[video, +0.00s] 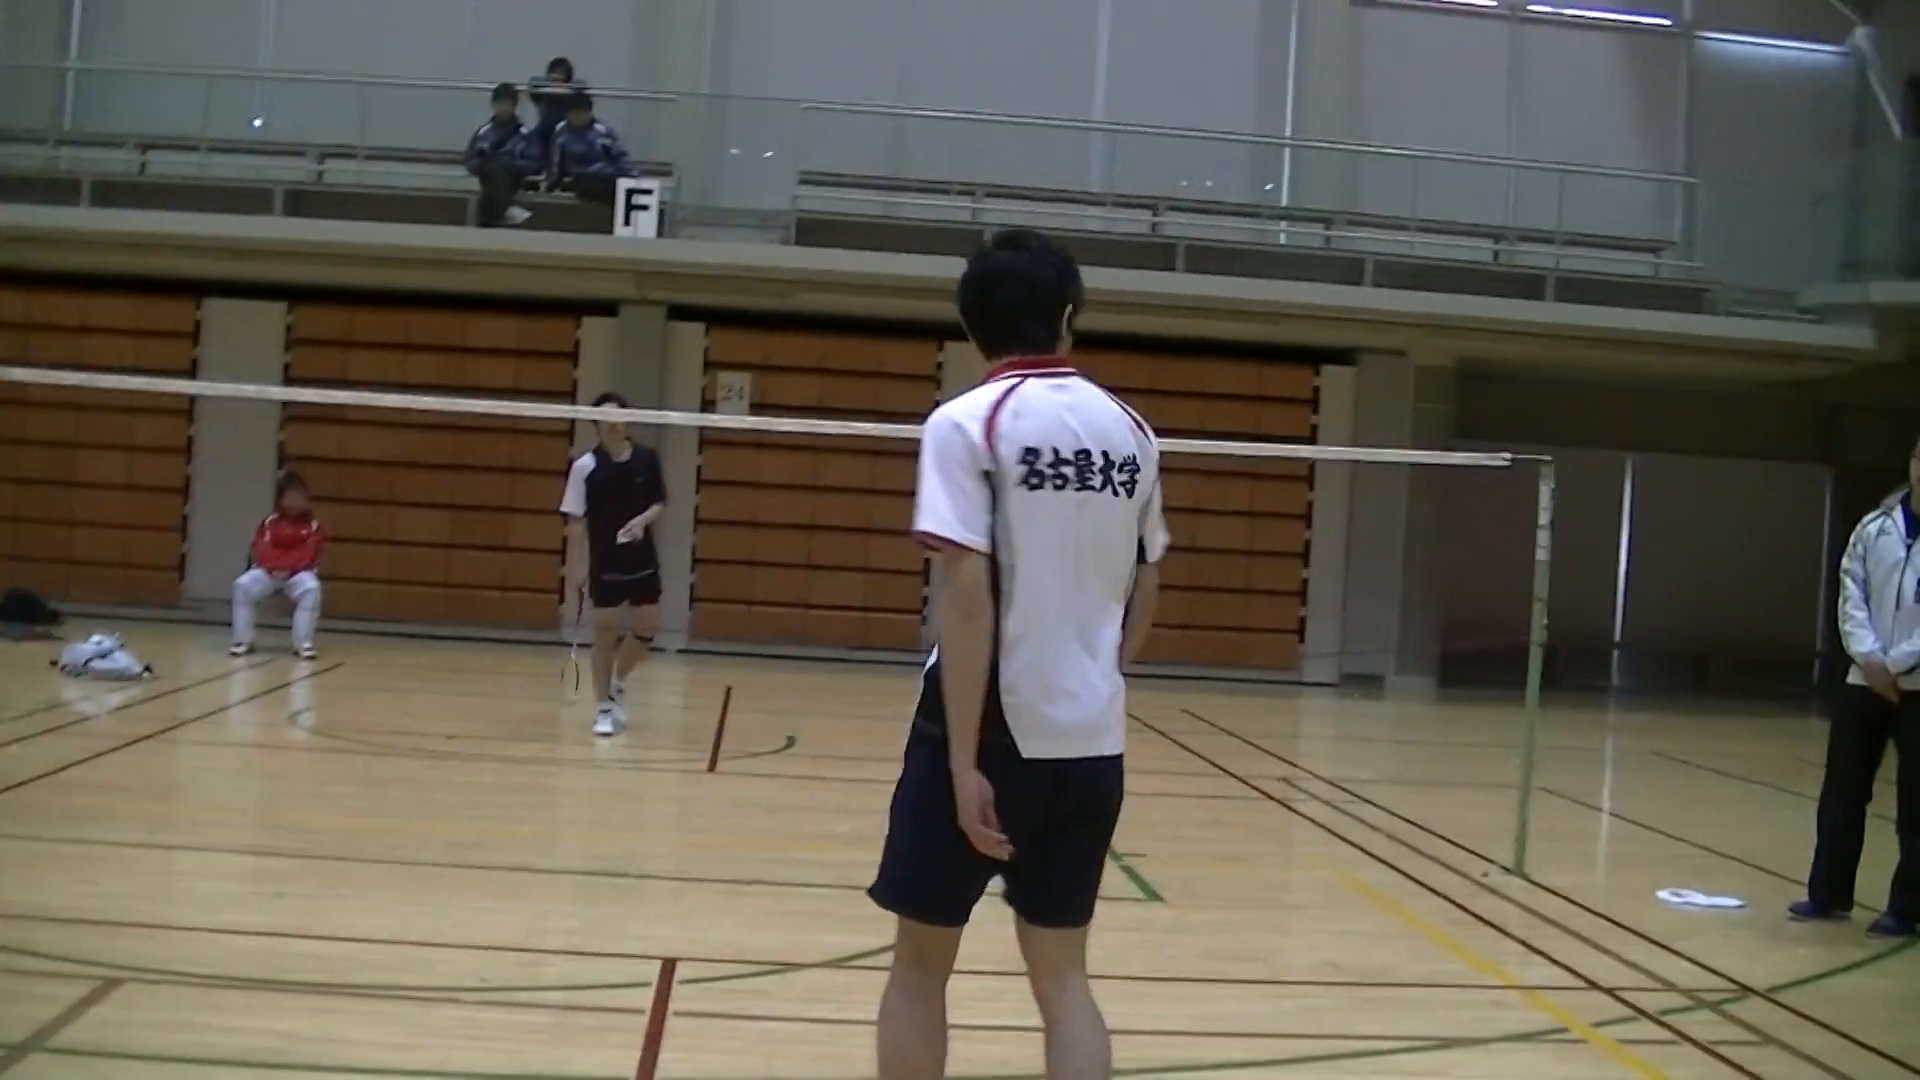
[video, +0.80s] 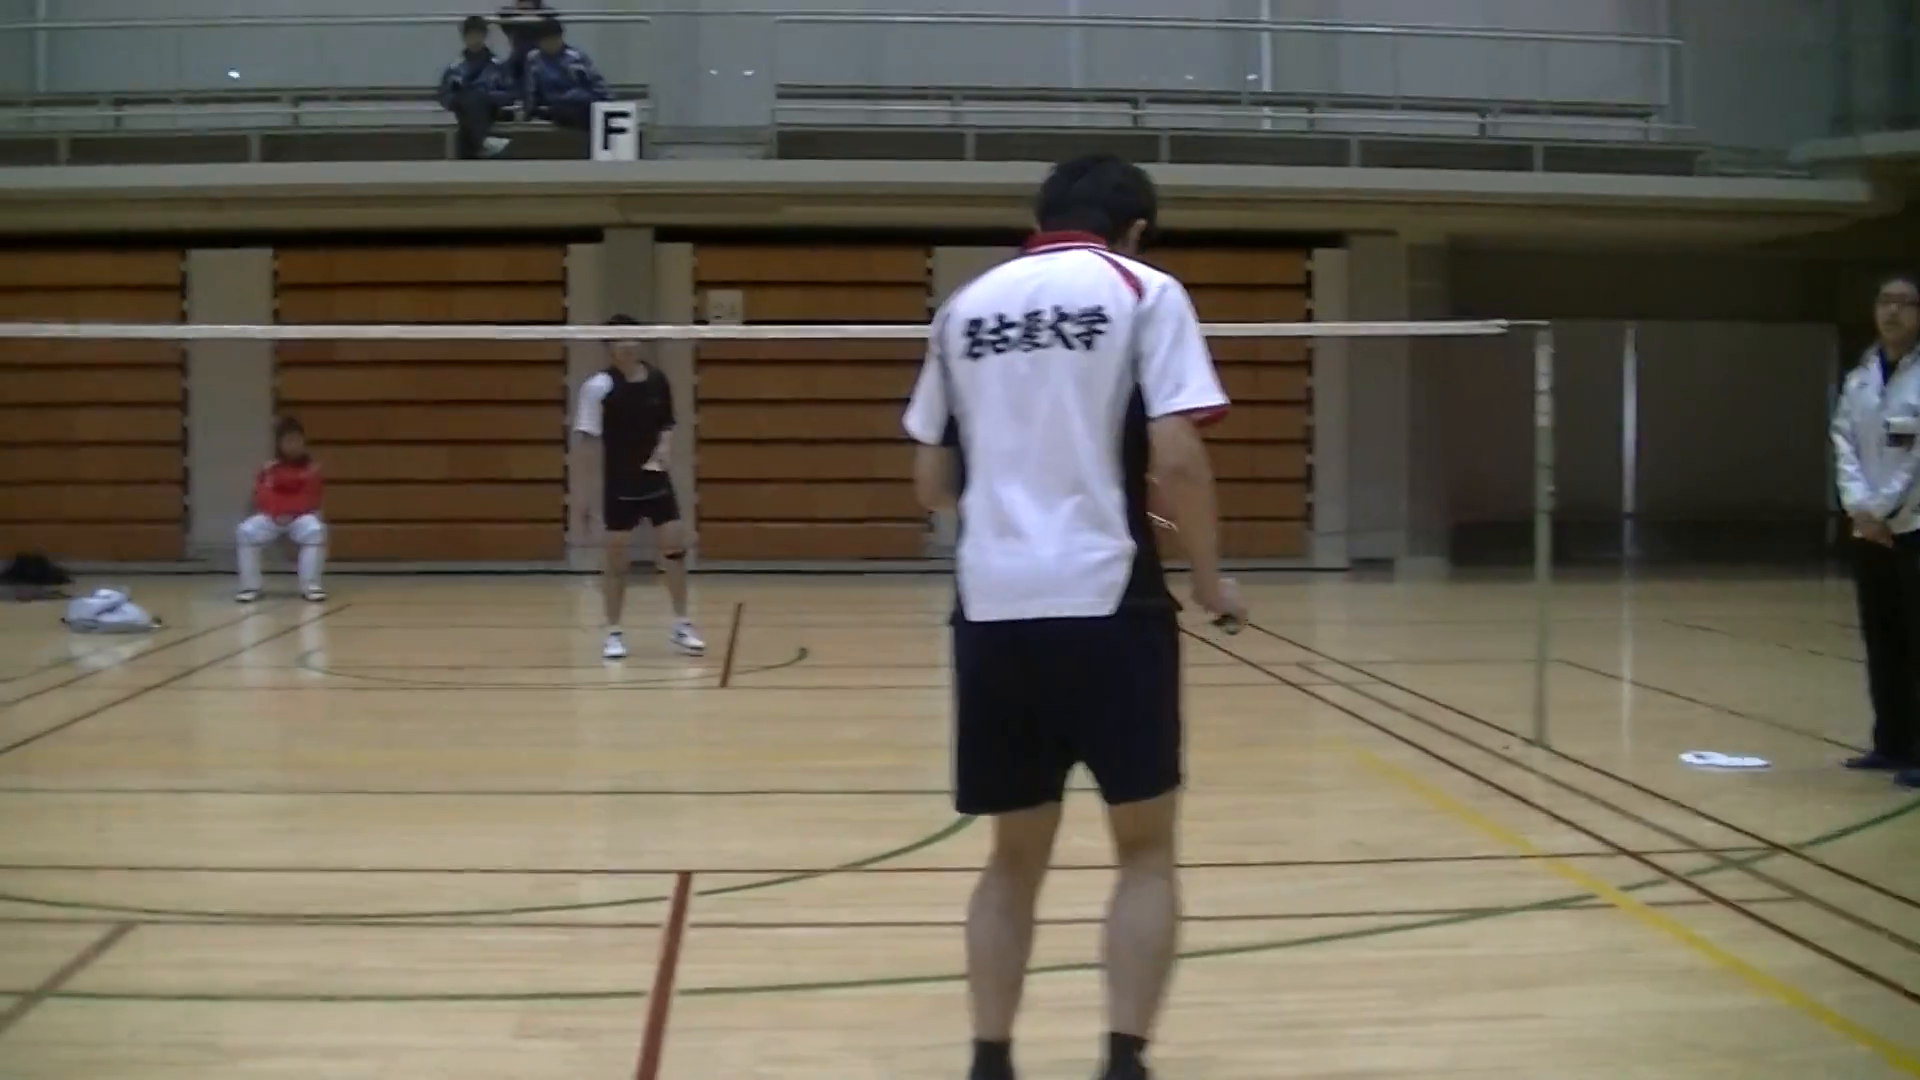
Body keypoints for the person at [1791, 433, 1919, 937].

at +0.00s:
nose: (1919, 469)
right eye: (1917, 460)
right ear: (1909, 467)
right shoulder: (1873, 528)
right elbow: (1850, 598)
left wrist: (1896, 665)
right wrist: (1868, 658)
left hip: (1916, 688)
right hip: (1866, 681)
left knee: (1913, 807)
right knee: (1842, 790)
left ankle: (1906, 909)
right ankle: (1830, 894)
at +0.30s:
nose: (1858, 443)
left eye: (1870, 436)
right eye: (1854, 433)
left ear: (1893, 449)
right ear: (1844, 440)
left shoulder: (1905, 515)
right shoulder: (1813, 499)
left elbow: (1892, 592)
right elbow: (1788, 564)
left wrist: (1830, 638)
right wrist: (1802, 629)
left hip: (1862, 662)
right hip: (1805, 656)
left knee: (1861, 776)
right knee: (1805, 767)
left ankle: (1855, 881)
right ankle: (1807, 865)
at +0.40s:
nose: (1837, 407)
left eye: (1850, 400)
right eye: (1832, 397)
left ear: (1871, 413)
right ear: (1822, 404)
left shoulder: (1884, 480)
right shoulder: (1794, 464)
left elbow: (1872, 554)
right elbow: (1769, 529)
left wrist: (1815, 600)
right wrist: (1786, 595)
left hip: (1846, 626)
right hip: (1790, 621)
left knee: (1846, 739)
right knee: (1795, 732)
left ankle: (1843, 844)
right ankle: (1798, 831)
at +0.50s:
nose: (1822, 357)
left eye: (1834, 349)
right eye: (1816, 347)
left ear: (1854, 362)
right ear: (1805, 355)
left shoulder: (1871, 428)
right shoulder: (1782, 417)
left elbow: (1861, 504)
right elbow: (1761, 484)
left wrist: (1808, 551)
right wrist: (1778, 550)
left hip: (1839, 574)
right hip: (1785, 571)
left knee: (1841, 688)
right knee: (1793, 683)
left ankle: (1839, 795)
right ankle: (1797, 783)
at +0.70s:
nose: (1844, 313)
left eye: (1855, 305)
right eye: (1837, 304)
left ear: (1877, 316)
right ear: (1828, 312)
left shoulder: (1898, 381)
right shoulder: (1811, 378)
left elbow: (1891, 458)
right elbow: (1793, 442)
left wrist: (1840, 510)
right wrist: (1810, 506)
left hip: (1873, 528)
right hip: (1823, 529)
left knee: (1877, 644)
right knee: (1832, 640)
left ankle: (1880, 755)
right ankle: (1838, 744)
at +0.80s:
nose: (1893, 312)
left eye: (1904, 304)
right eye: (1886, 303)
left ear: (1919, 315)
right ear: (1874, 312)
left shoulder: (1919, 374)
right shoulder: (1859, 378)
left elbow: (1916, 457)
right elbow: (1841, 443)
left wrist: (1881, 510)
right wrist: (1859, 505)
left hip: (1914, 531)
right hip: (1871, 530)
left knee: (1914, 642)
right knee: (1882, 640)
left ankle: (1917, 751)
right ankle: (1889, 743)